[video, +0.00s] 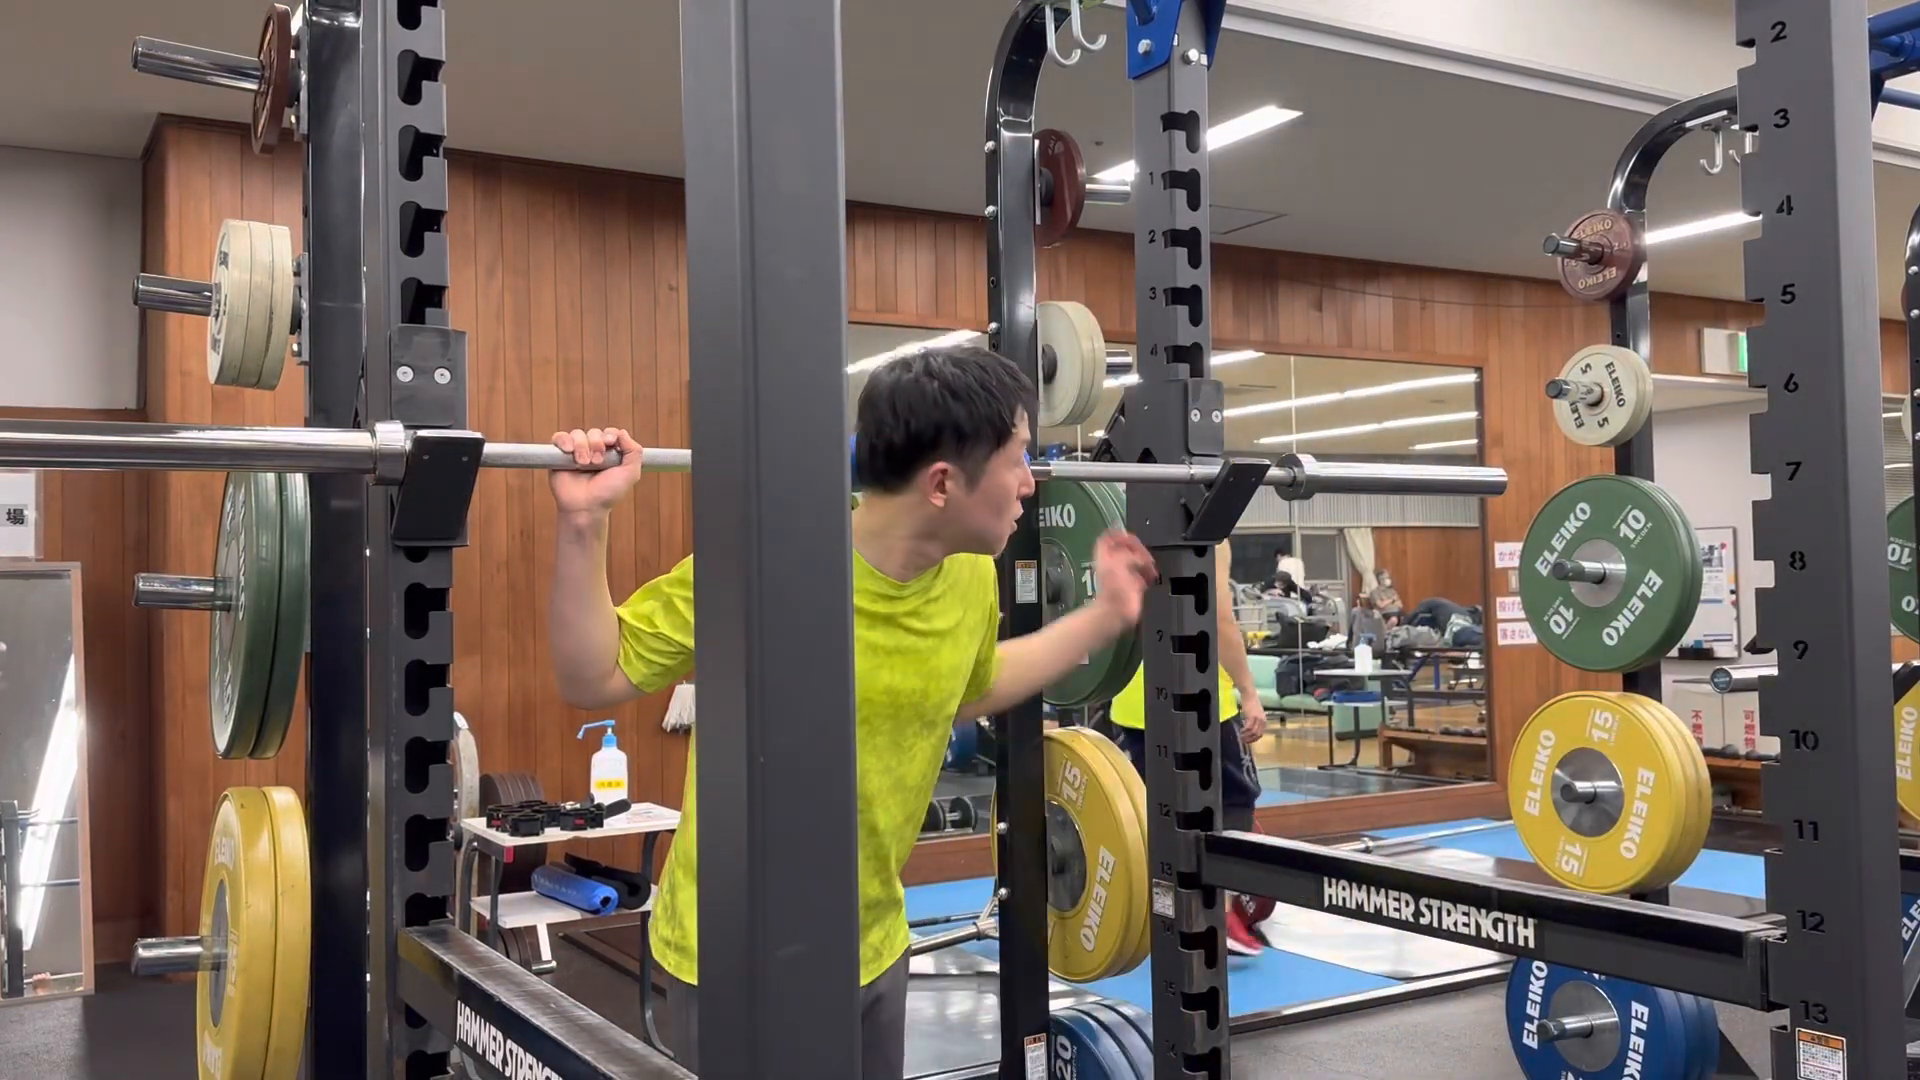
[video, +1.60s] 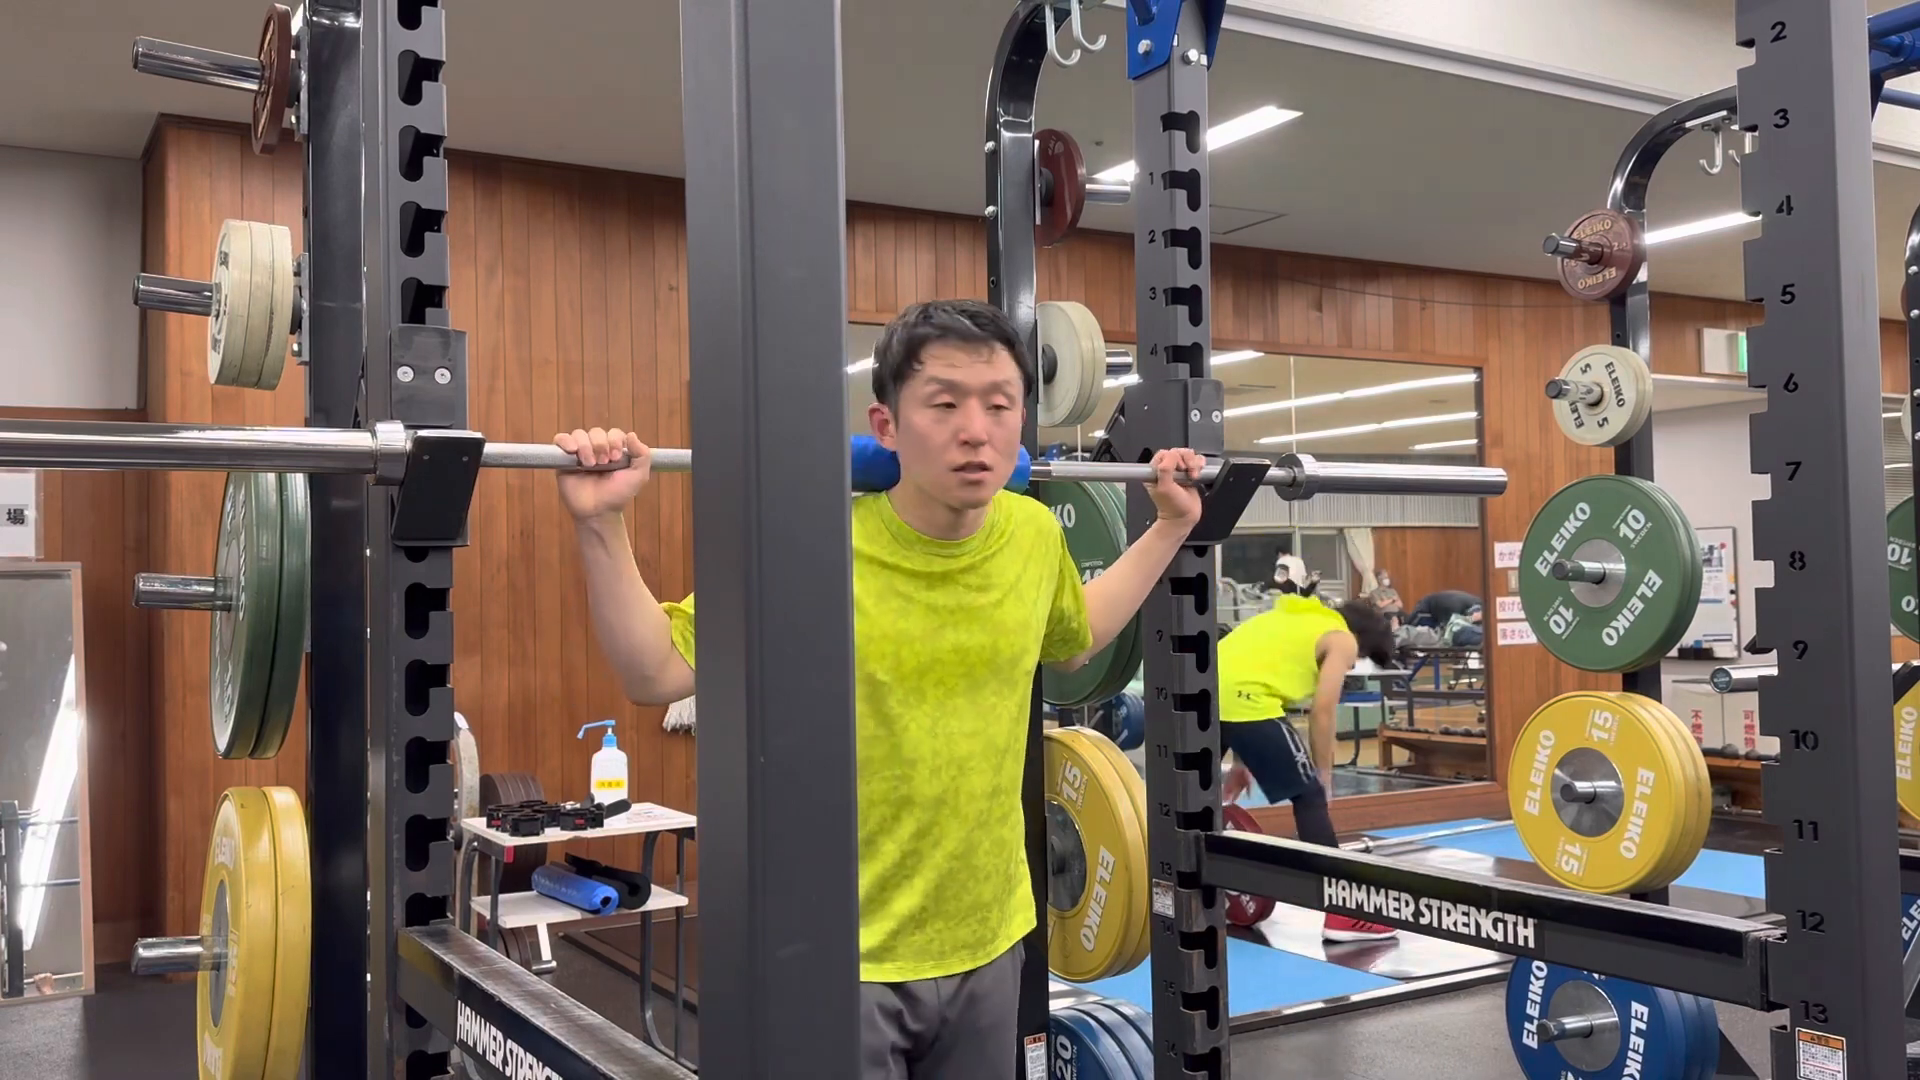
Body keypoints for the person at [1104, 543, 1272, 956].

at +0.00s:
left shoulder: (1131, 530)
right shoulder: (1208, 533)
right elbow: (1221, 621)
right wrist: (1247, 689)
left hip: (1132, 702)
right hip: (1200, 704)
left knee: (1151, 812)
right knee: (1236, 804)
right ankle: (1223, 905)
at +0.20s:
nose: (1264, 526)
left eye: (1264, 518)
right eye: (1262, 519)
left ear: (1207, 501)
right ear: (1250, 515)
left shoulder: (1165, 541)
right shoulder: (1244, 551)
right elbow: (1255, 632)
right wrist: (1275, 703)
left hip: (1166, 715)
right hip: (1228, 715)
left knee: (1188, 818)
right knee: (1252, 817)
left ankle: (1195, 913)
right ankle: (1273, 905)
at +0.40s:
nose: (1319, 548)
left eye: (1322, 542)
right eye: (1321, 541)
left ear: (1277, 518)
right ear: (1312, 535)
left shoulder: (1225, 547)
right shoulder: (1299, 564)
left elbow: (1195, 617)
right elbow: (1302, 644)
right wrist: (1322, 710)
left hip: (1203, 706)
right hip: (1259, 710)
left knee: (1194, 806)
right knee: (1279, 811)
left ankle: (1186, 900)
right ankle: (1285, 907)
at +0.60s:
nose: (1356, 559)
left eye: (1359, 553)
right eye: (1357, 551)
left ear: (1309, 522)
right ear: (1348, 541)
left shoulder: (1253, 538)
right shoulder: (1338, 563)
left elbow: (1204, 563)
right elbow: (1334, 641)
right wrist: (1339, 704)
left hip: (1208, 678)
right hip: (1268, 691)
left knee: (1191, 788)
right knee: (1281, 804)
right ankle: (1286, 905)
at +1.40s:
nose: (1338, 592)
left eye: (1344, 586)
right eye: (1344, 584)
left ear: (1320, 554)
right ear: (1338, 569)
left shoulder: (1261, 569)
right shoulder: (1308, 578)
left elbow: (1225, 624)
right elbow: (1293, 651)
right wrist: (1327, 705)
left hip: (1213, 694)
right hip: (1251, 696)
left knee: (1216, 789)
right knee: (1315, 781)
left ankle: (1191, 883)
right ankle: (1314, 896)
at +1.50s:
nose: (1343, 616)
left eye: (1350, 611)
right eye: (1349, 608)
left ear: (1324, 570)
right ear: (1348, 591)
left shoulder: (1267, 584)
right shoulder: (1321, 594)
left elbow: (1227, 638)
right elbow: (1304, 668)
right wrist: (1327, 729)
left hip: (1202, 702)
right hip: (1246, 704)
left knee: (1203, 803)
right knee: (1296, 797)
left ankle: (1194, 895)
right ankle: (1327, 903)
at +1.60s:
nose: (1357, 661)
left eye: (1362, 658)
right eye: (1361, 655)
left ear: (1344, 613)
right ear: (1361, 636)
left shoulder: (1287, 616)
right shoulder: (1341, 638)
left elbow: (1242, 678)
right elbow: (1322, 707)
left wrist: (1240, 760)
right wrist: (1323, 772)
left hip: (1204, 696)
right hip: (1250, 705)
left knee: (1194, 802)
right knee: (1308, 795)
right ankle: (1341, 907)